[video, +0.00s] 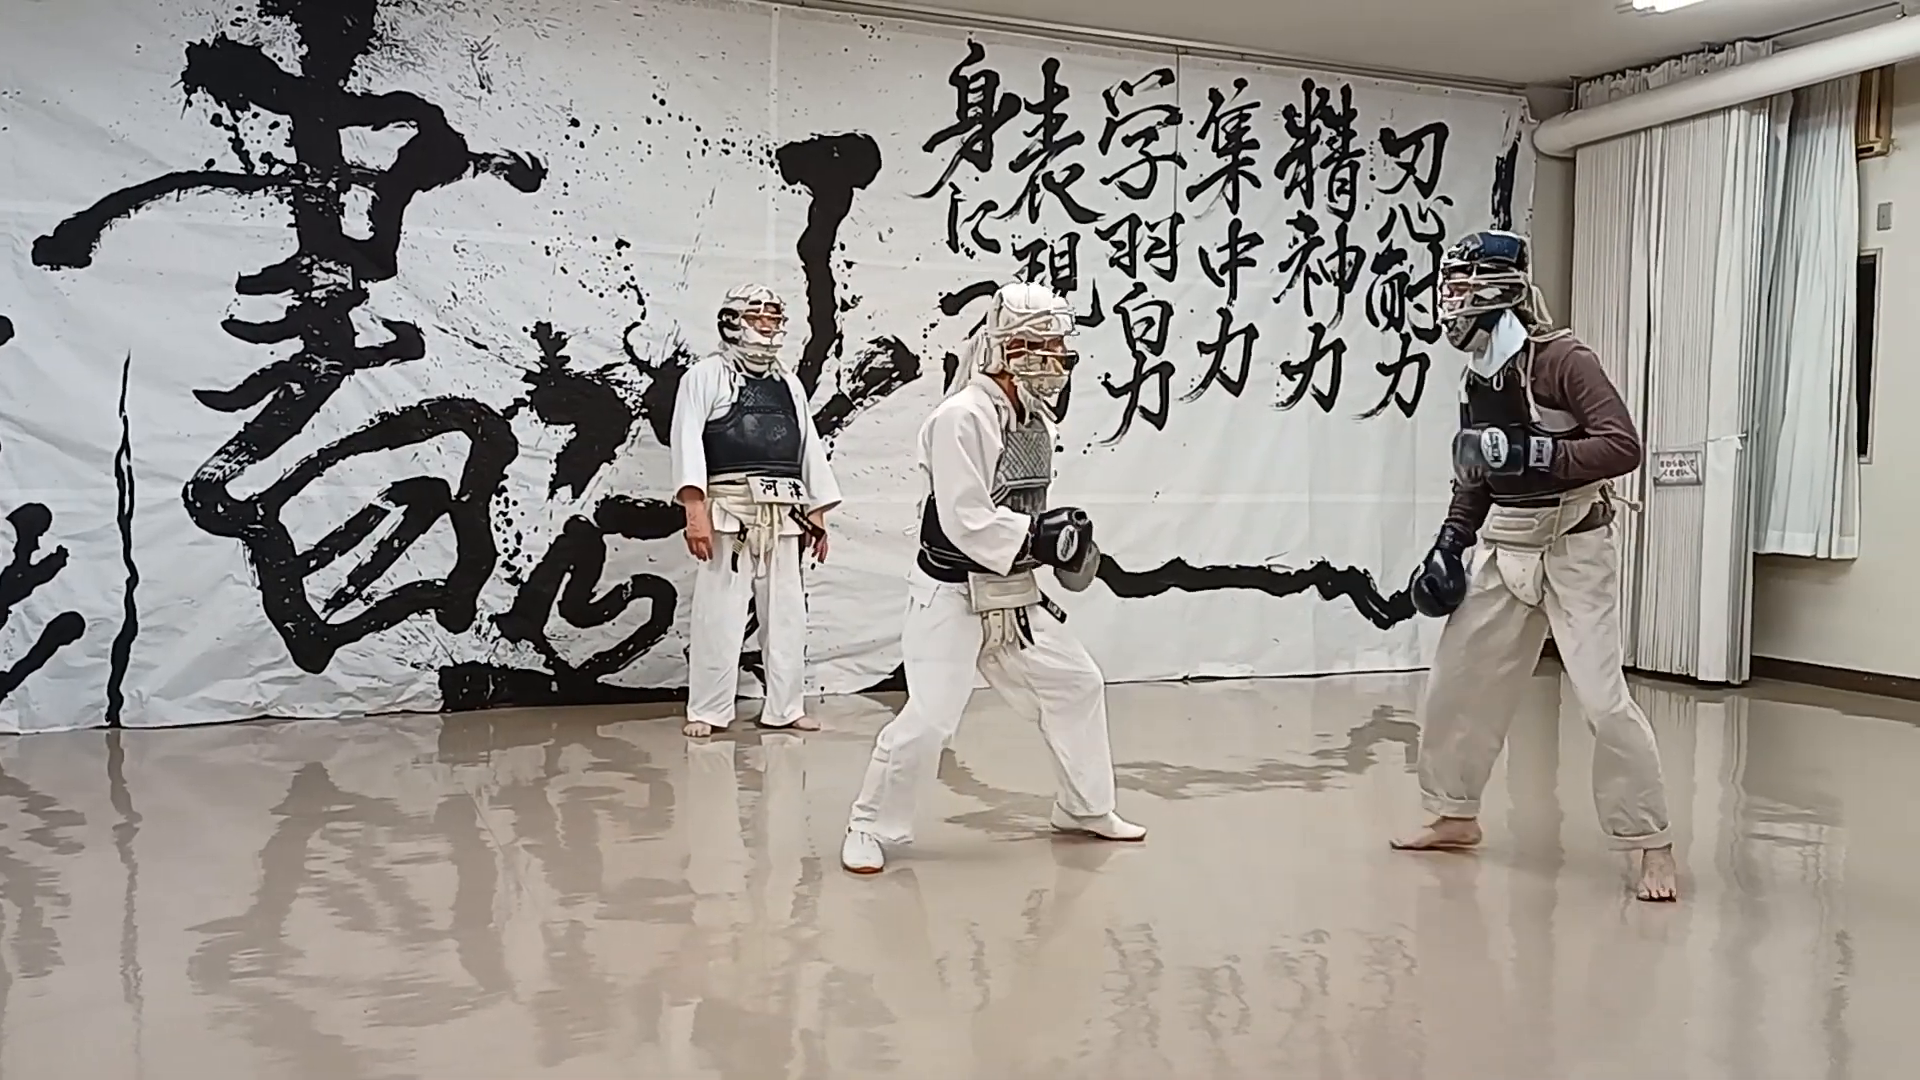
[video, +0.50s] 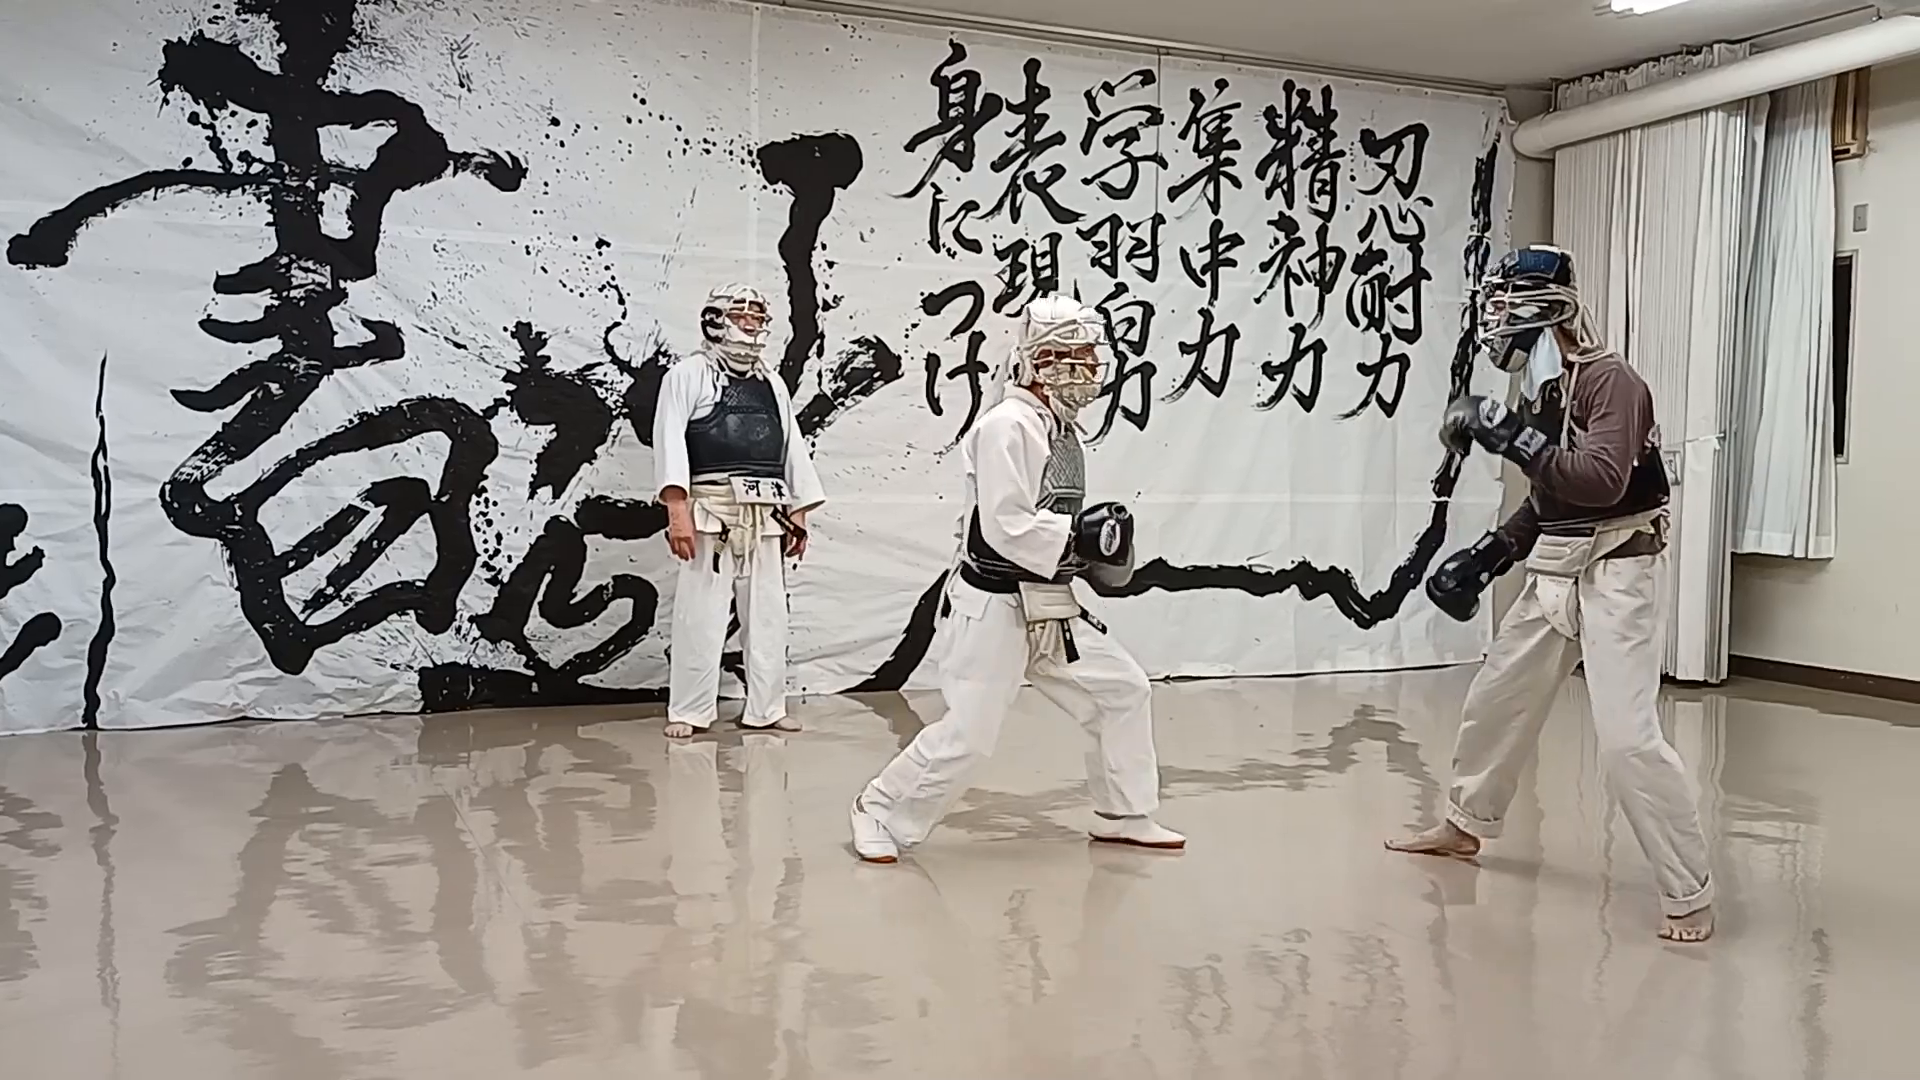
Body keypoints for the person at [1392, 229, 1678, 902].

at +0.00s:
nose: (1447, 300)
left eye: (1460, 286)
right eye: (1446, 287)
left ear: (1501, 289)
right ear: (1455, 294)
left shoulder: (1563, 359)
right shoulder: (1479, 379)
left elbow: (1623, 446)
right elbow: (1471, 485)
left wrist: (1525, 454)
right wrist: (1447, 550)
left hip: (1579, 542)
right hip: (1500, 544)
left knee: (1601, 699)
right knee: (1460, 679)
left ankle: (1650, 846)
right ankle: (1456, 817)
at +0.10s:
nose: (1446, 309)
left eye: (1459, 296)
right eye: (1445, 296)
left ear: (1498, 302)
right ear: (1453, 304)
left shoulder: (1552, 372)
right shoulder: (1472, 394)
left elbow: (1630, 449)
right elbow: (1461, 491)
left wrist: (1540, 482)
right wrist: (1443, 557)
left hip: (1574, 562)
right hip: (1496, 564)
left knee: (1597, 716)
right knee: (1454, 696)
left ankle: (1646, 856)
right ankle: (1467, 826)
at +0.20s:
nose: (1441, 313)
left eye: (1454, 299)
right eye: (1441, 300)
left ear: (1492, 305)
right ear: (1454, 308)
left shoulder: (1550, 374)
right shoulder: (1474, 397)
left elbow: (1629, 455)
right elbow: (1467, 495)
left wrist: (1547, 499)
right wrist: (1446, 564)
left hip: (1582, 557)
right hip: (1506, 562)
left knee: (1582, 708)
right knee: (1460, 694)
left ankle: (1643, 841)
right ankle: (1463, 827)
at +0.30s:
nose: (1451, 312)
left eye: (1464, 299)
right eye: (1451, 299)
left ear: (1504, 305)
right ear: (1464, 306)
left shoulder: (1562, 378)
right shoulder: (1478, 392)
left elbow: (1637, 462)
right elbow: (1474, 494)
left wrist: (1547, 490)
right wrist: (1457, 565)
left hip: (1584, 565)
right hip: (1508, 568)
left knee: (1595, 711)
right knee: (1466, 698)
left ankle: (1670, 856)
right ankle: (1455, 825)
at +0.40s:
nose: (1470, 319)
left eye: (1480, 308)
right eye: (1471, 308)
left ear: (1518, 313)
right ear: (1497, 317)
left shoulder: (1585, 382)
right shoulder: (1500, 400)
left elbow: (1631, 477)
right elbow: (1503, 500)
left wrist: (1525, 476)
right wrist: (1469, 561)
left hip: (1597, 570)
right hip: (1520, 569)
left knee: (1617, 733)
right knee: (1473, 699)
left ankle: (1689, 892)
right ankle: (1453, 826)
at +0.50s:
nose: (1490, 318)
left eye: (1500, 305)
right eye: (1490, 305)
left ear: (1537, 309)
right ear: (1541, 310)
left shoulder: (1612, 381)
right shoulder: (1540, 397)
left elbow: (1604, 479)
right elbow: (1542, 501)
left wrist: (1517, 440)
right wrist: (1485, 558)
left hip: (1621, 560)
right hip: (1553, 558)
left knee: (1627, 735)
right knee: (1496, 695)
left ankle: (1687, 893)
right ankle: (1464, 827)